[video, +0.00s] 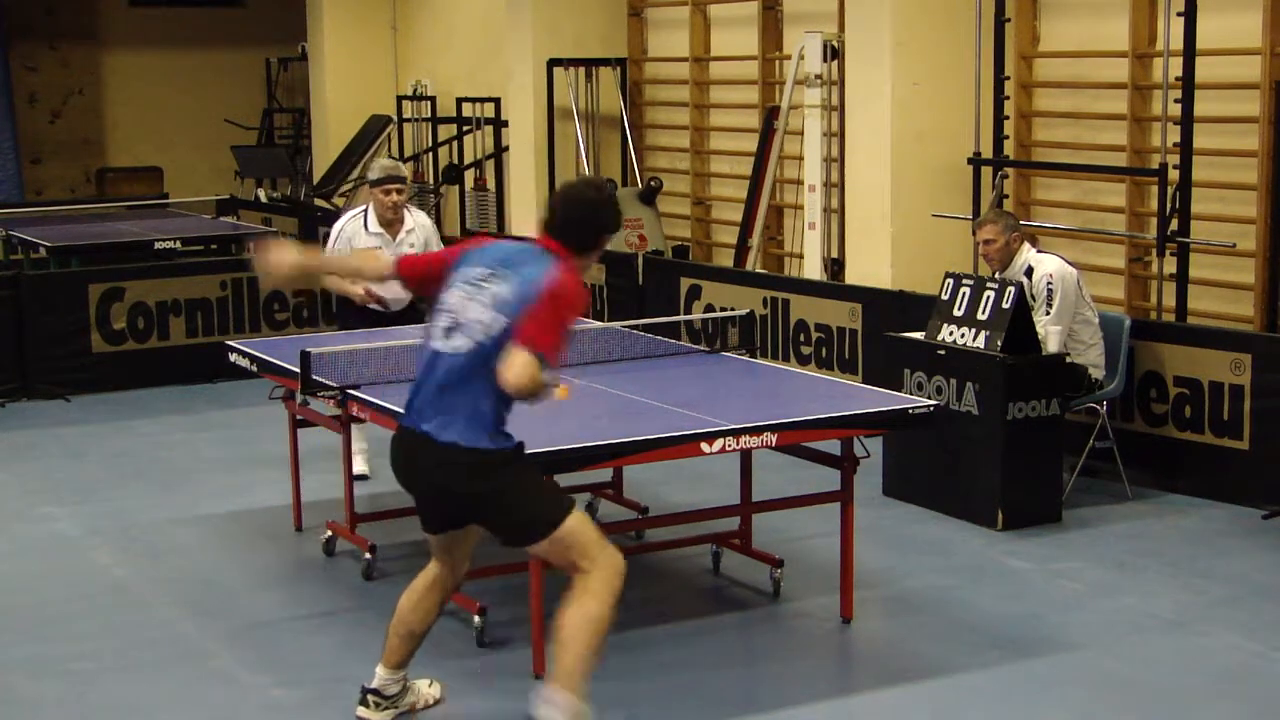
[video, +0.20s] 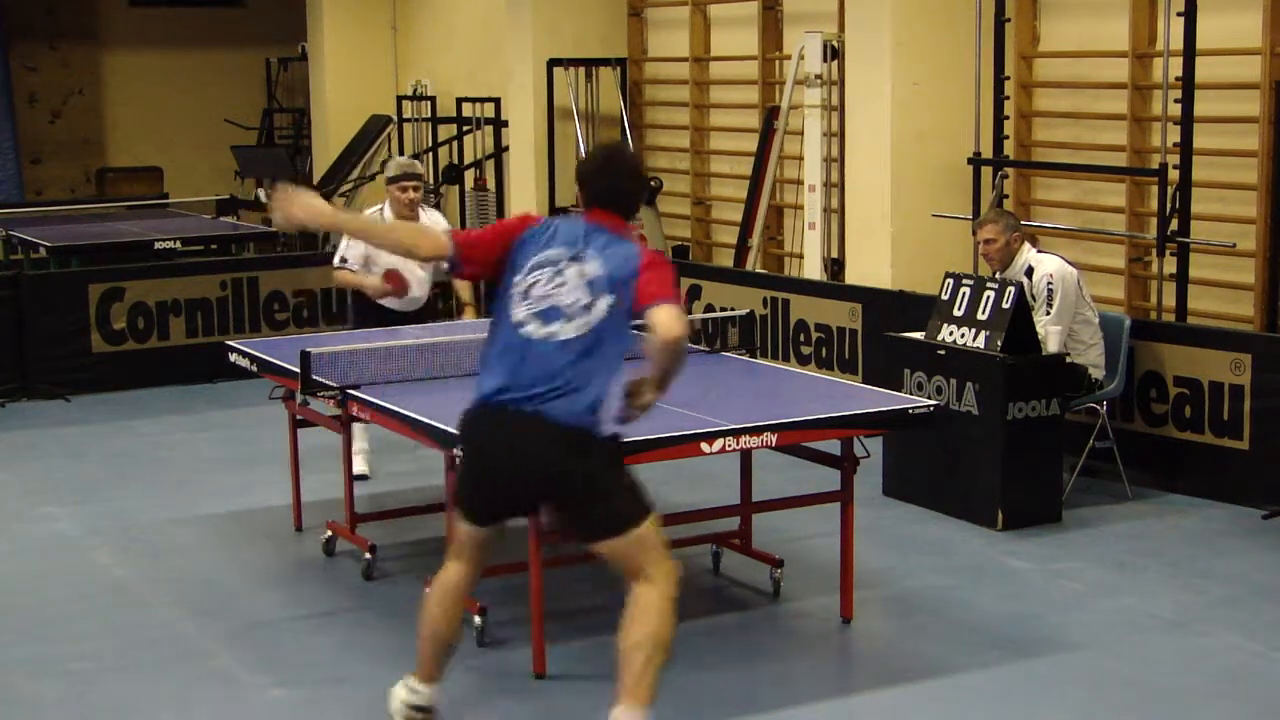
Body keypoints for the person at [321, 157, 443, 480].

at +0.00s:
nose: (394, 199)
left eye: (400, 192)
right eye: (386, 193)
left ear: (408, 192)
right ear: (371, 193)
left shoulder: (423, 224)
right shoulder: (348, 226)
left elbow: (440, 269)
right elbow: (324, 274)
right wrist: (351, 289)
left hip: (408, 308)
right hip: (362, 311)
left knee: (416, 377)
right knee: (355, 379)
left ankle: (423, 449)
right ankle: (358, 451)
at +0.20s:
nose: (411, 196)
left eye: (416, 189)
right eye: (403, 190)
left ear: (423, 190)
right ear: (388, 191)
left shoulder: (435, 222)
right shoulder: (366, 222)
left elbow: (458, 265)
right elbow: (340, 273)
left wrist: (469, 309)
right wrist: (368, 283)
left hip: (421, 309)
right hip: (375, 310)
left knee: (434, 376)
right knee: (361, 376)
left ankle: (454, 444)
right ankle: (359, 450)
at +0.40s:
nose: (444, 199)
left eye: (449, 193)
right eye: (436, 192)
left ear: (456, 194)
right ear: (418, 192)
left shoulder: (459, 227)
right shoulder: (397, 224)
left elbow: (488, 269)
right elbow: (370, 271)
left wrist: (515, 297)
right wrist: (408, 279)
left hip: (432, 309)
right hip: (390, 307)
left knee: (445, 371)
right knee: (391, 371)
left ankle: (468, 443)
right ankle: (382, 440)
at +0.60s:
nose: (470, 211)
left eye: (475, 204)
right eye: (463, 203)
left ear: (479, 205)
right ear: (444, 203)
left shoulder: (468, 235)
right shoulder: (425, 229)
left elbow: (487, 274)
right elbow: (415, 277)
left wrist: (518, 301)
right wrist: (463, 273)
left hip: (433, 314)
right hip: (397, 312)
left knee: (436, 378)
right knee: (419, 380)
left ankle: (426, 446)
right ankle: (420, 447)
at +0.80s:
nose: (491, 231)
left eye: (493, 224)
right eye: (484, 223)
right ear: (461, 221)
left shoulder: (464, 247)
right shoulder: (451, 245)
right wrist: (522, 291)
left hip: (423, 323)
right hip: (397, 320)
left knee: (440, 382)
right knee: (431, 384)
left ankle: (427, 449)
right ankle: (423, 451)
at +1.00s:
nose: (483, 214)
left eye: (487, 207)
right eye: (475, 206)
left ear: (492, 207)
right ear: (456, 206)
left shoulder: (485, 233)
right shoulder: (441, 235)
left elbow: (476, 275)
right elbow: (438, 286)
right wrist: (487, 289)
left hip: (463, 309)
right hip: (433, 312)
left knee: (463, 386)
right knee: (440, 388)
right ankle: (422, 457)